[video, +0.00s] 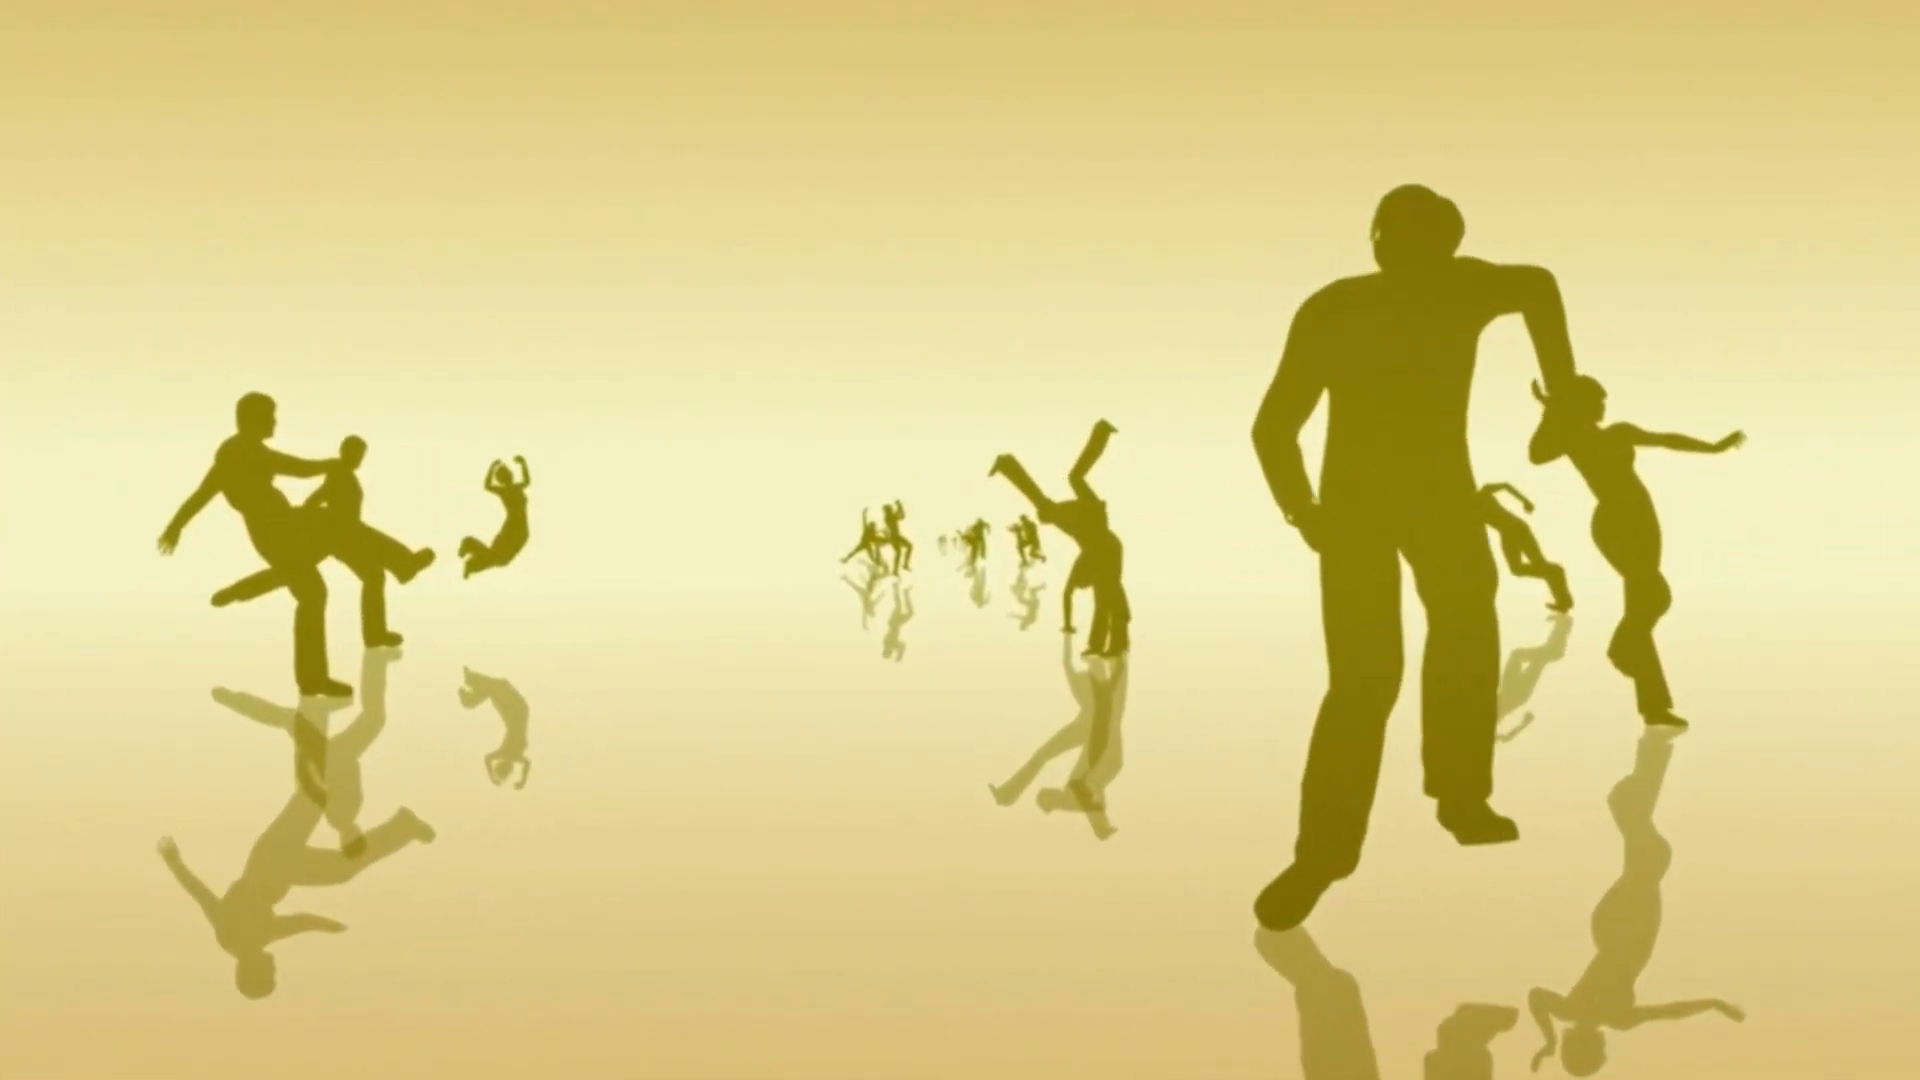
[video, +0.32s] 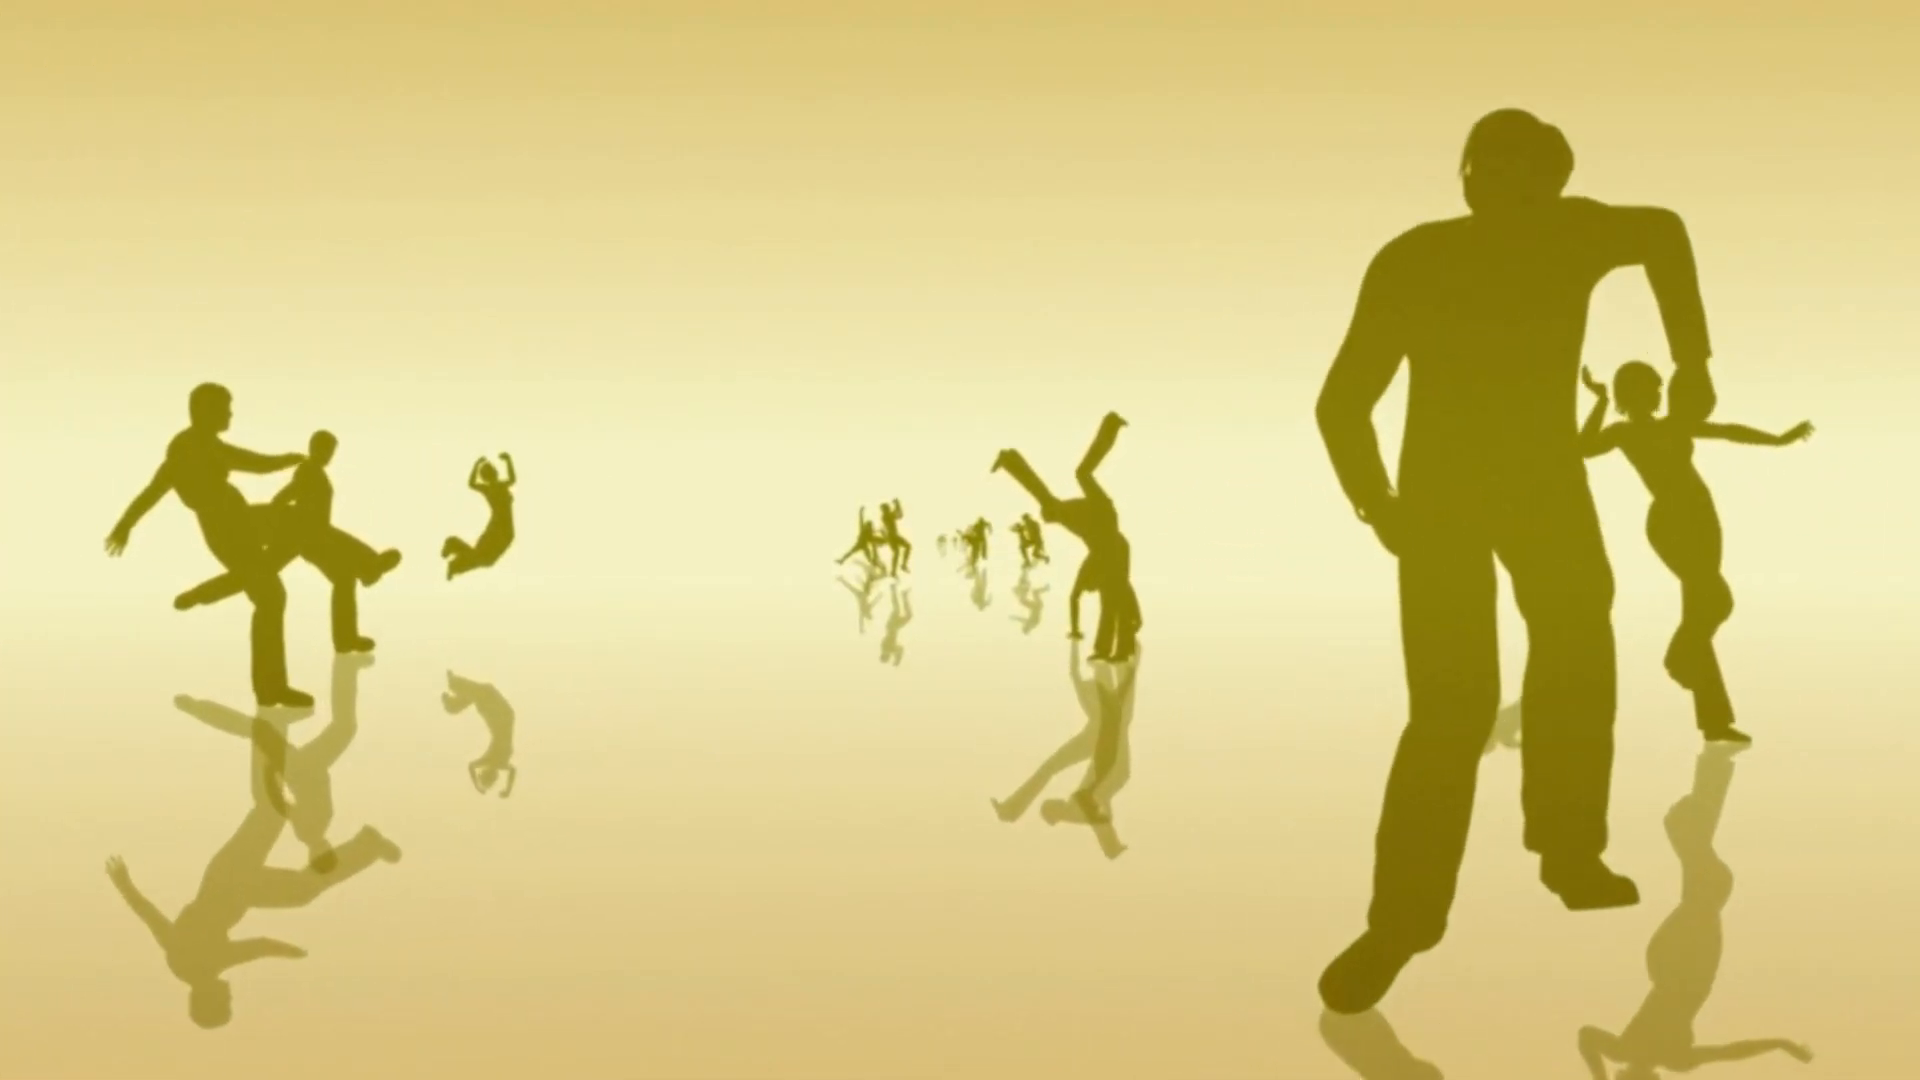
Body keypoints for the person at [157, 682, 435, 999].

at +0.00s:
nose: (273, 975)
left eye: (269, 978)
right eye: (269, 981)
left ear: (259, 965)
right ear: (246, 971)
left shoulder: (257, 934)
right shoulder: (225, 929)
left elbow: (299, 923)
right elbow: (193, 887)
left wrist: (330, 926)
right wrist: (174, 861)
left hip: (269, 858)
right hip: (287, 869)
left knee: (311, 797)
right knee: (344, 869)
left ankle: (308, 717)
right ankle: (403, 827)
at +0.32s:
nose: (228, 1003)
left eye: (224, 1006)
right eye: (225, 1009)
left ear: (214, 992)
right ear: (201, 999)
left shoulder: (211, 960)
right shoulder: (178, 956)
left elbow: (259, 948)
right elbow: (144, 912)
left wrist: (296, 953)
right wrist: (124, 884)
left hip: (225, 876)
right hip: (244, 890)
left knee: (269, 812)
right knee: (303, 890)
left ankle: (266, 726)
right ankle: (367, 845)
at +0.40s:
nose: (209, 1017)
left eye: (203, 1020)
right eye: (207, 1022)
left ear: (188, 1007)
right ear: (191, 1008)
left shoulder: (167, 970)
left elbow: (239, 959)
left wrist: (279, 965)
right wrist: (100, 895)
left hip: (204, 887)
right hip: (224, 901)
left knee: (250, 821)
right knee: (284, 900)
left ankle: (244, 734)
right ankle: (350, 854)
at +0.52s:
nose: (195, 1028)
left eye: (189, 1030)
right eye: (192, 1033)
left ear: (175, 1015)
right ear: (174, 1017)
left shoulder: (153, 976)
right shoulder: (147, 981)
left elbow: (226, 967)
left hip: (191, 891)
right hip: (212, 907)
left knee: (237, 824)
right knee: (271, 907)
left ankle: (230, 737)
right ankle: (338, 860)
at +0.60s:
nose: (172, 1047)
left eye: (167, 1049)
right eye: (169, 1052)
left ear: (153, 1029)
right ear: (151, 1033)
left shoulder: (131, 992)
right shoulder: (124, 995)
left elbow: (204, 980)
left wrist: (240, 986)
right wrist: (59, 914)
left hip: (169, 902)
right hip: (188, 919)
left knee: (215, 831)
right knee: (250, 919)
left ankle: (212, 744)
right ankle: (319, 872)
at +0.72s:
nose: (157, 1058)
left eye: (151, 1059)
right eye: (152, 1063)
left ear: (138, 1039)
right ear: (130, 1045)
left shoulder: (118, 1002)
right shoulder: (105, 1002)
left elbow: (190, 988)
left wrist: (229, 995)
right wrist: (41, 922)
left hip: (152, 910)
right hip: (172, 926)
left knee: (200, 837)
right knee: (235, 927)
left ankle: (197, 746)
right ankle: (306, 880)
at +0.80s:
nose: (130, 1058)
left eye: (126, 1061)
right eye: (124, 1066)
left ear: (114, 1049)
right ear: (98, 1057)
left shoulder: (110, 1018)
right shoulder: (69, 1004)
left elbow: (163, 1003)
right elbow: (33, 959)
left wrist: (202, 1008)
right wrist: (11, 931)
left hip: (128, 923)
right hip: (142, 936)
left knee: (178, 847)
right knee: (212, 939)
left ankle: (175, 751)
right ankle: (287, 888)